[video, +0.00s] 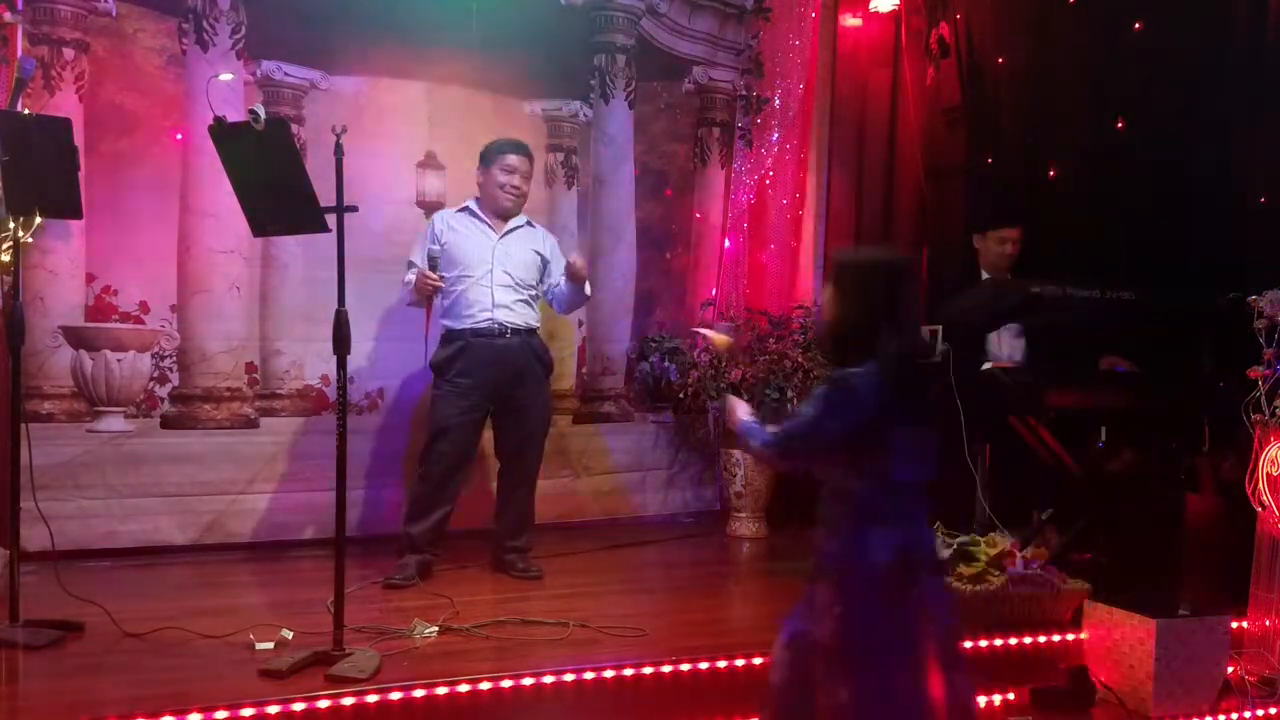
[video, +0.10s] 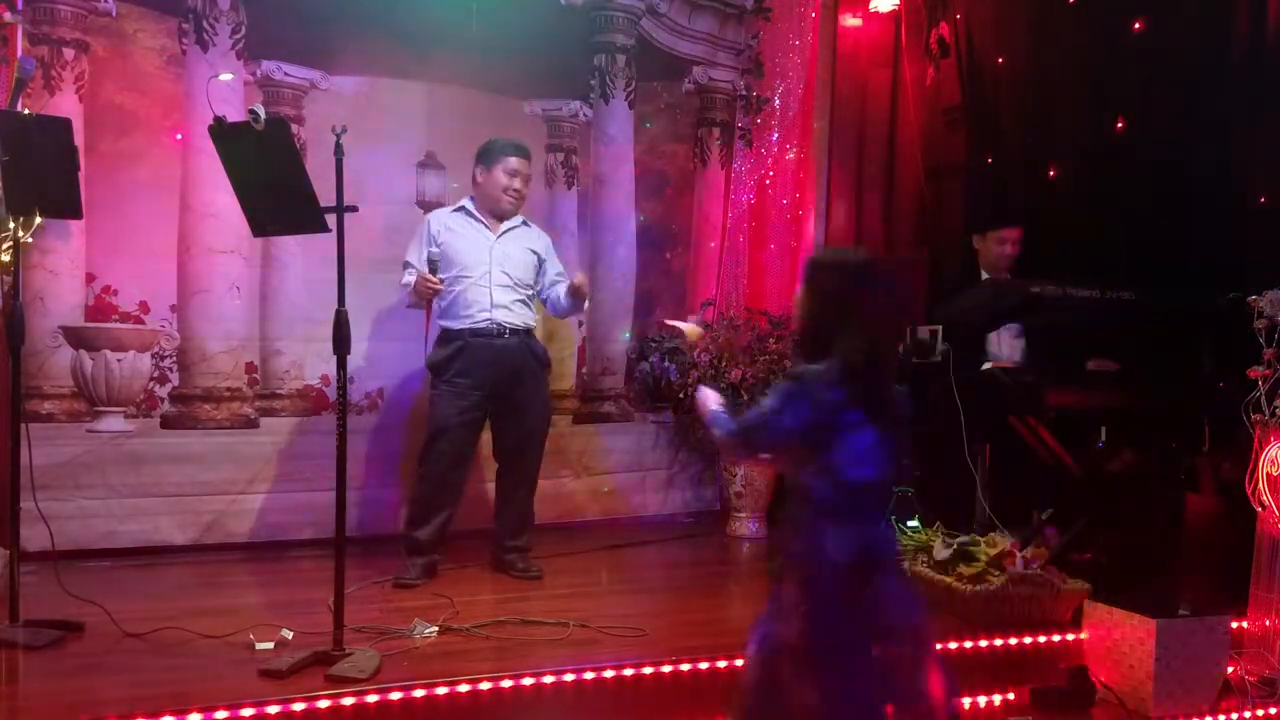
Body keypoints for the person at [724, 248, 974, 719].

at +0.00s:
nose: (821, 302)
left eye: (829, 291)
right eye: (825, 290)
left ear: (853, 303)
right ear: (888, 302)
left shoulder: (855, 386)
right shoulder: (918, 374)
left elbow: (784, 447)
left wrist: (744, 423)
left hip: (860, 555)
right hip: (912, 545)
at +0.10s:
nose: (798, 303)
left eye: (806, 294)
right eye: (803, 292)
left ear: (821, 307)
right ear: (872, 310)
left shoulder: (815, 387)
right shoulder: (882, 384)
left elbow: (741, 437)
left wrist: (712, 408)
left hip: (820, 558)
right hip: (877, 551)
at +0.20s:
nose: (769, 301)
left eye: (776, 291)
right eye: (773, 289)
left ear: (790, 301)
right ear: (837, 301)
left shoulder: (782, 377)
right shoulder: (851, 371)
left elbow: (705, 426)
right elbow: (807, 452)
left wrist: (683, 397)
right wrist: (738, 456)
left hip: (787, 537)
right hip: (845, 531)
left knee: (770, 649)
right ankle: (894, 708)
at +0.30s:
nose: (740, 297)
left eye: (746, 287)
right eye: (744, 286)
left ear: (759, 298)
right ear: (811, 297)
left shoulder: (753, 374)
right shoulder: (830, 368)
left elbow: (680, 426)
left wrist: (662, 405)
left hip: (767, 531)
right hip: (828, 526)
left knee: (739, 647)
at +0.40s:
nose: (715, 295)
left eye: (721, 284)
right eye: (719, 283)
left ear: (736, 293)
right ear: (783, 292)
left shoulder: (736, 369)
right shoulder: (807, 361)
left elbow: (674, 440)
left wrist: (646, 429)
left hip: (751, 532)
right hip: (810, 527)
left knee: (708, 646)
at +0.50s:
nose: (691, 290)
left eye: (698, 280)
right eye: (695, 279)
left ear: (714, 289)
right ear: (759, 288)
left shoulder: (717, 365)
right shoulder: (773, 355)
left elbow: (683, 447)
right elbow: (724, 424)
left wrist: (648, 471)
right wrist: (649, 410)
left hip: (733, 529)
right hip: (785, 525)